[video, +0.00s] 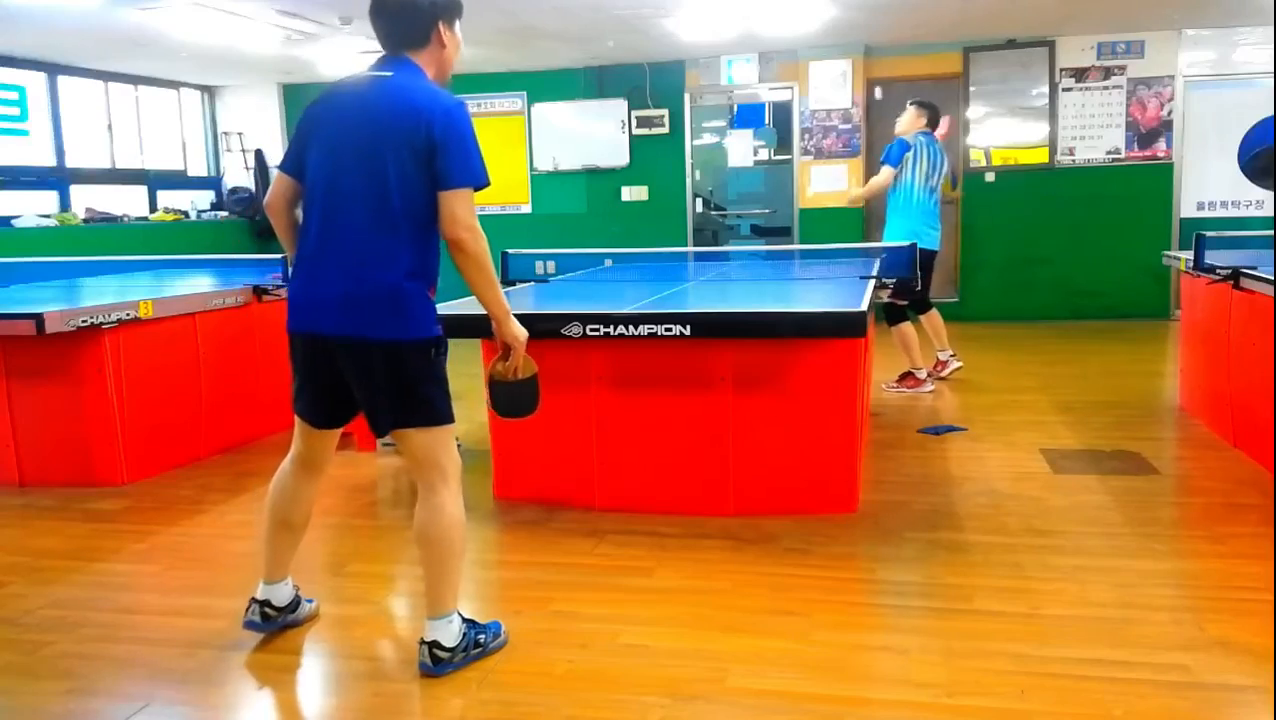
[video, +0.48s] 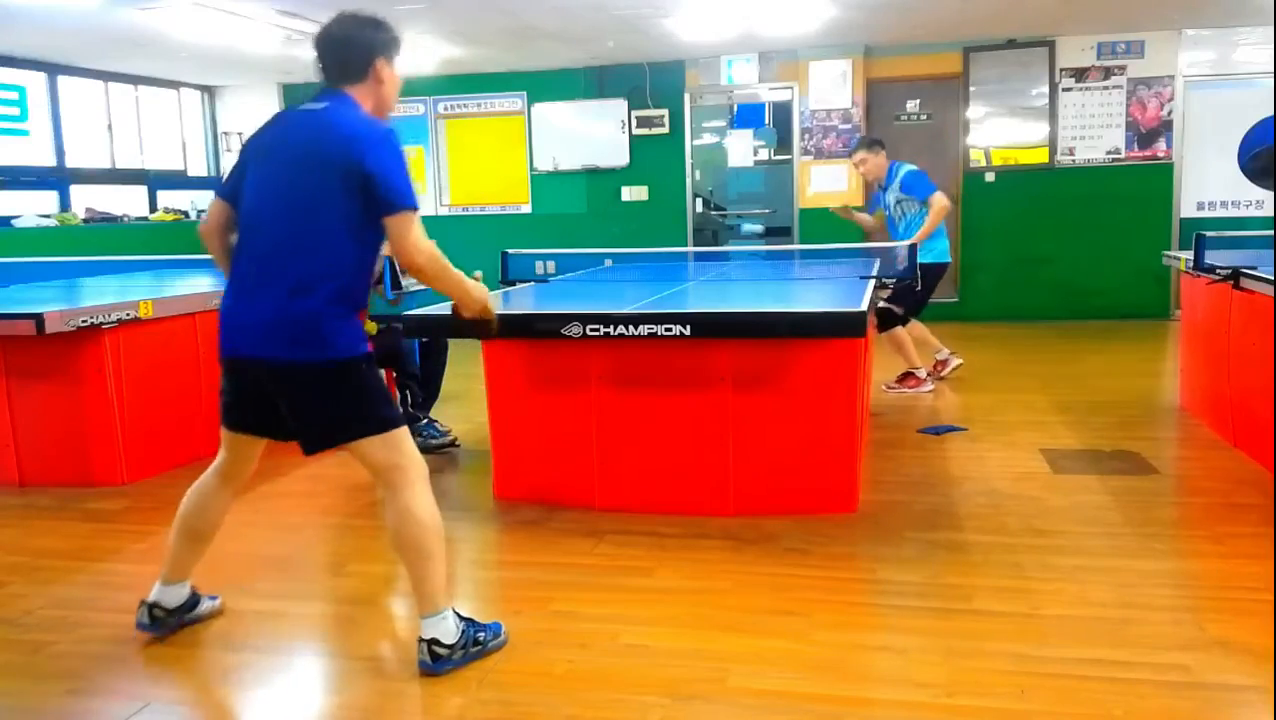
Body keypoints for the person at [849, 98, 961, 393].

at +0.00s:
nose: (897, 119)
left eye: (904, 114)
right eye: (900, 114)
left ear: (921, 120)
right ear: (927, 123)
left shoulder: (902, 144)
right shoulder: (941, 153)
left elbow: (883, 180)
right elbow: (944, 191)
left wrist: (860, 194)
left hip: (904, 238)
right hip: (928, 239)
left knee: (894, 307)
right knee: (919, 300)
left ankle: (918, 375)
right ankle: (946, 356)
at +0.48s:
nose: (860, 171)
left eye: (862, 163)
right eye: (856, 166)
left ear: (881, 155)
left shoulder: (907, 175)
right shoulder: (883, 190)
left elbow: (941, 204)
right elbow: (875, 224)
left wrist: (916, 239)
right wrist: (852, 215)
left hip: (930, 259)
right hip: (912, 258)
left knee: (887, 313)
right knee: (900, 314)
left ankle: (917, 374)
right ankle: (944, 355)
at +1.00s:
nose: (841, 144)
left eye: (846, 137)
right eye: (838, 138)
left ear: (866, 135)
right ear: (839, 139)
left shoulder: (888, 163)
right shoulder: (846, 168)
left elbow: (915, 199)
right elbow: (843, 203)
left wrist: (886, 229)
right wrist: (824, 218)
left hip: (888, 254)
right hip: (856, 254)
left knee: (890, 310)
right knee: (851, 314)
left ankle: (920, 372)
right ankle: (850, 378)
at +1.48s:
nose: (835, 160)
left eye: (840, 152)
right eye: (830, 155)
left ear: (853, 148)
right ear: (826, 155)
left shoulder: (879, 161)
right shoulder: (828, 177)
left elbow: (917, 173)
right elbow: (821, 200)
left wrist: (914, 183)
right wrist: (818, 206)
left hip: (891, 249)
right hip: (855, 254)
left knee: (900, 309)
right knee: (851, 317)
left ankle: (920, 372)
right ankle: (849, 381)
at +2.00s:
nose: (803, 155)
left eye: (808, 147)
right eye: (798, 149)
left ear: (823, 145)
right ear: (794, 150)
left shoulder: (843, 164)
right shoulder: (792, 178)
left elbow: (887, 174)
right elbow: (788, 210)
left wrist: (887, 185)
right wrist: (785, 223)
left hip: (851, 251)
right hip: (814, 253)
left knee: (867, 306)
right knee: (815, 310)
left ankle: (886, 359)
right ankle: (819, 366)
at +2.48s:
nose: (822, 156)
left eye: (827, 149)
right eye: (817, 151)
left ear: (837, 146)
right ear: (810, 150)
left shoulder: (852, 160)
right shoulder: (806, 175)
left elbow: (880, 189)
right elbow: (808, 212)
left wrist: (856, 189)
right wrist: (821, 223)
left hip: (859, 249)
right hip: (823, 253)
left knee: (874, 301)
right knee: (823, 305)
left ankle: (886, 359)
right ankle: (827, 364)